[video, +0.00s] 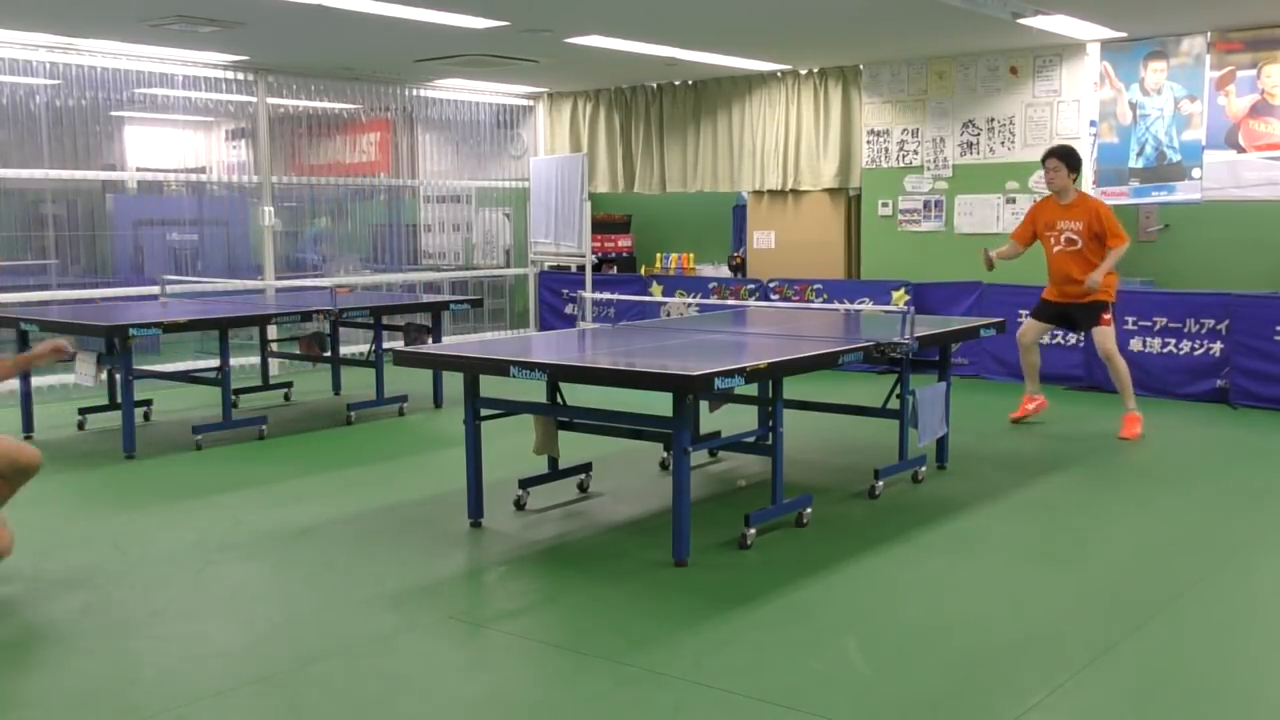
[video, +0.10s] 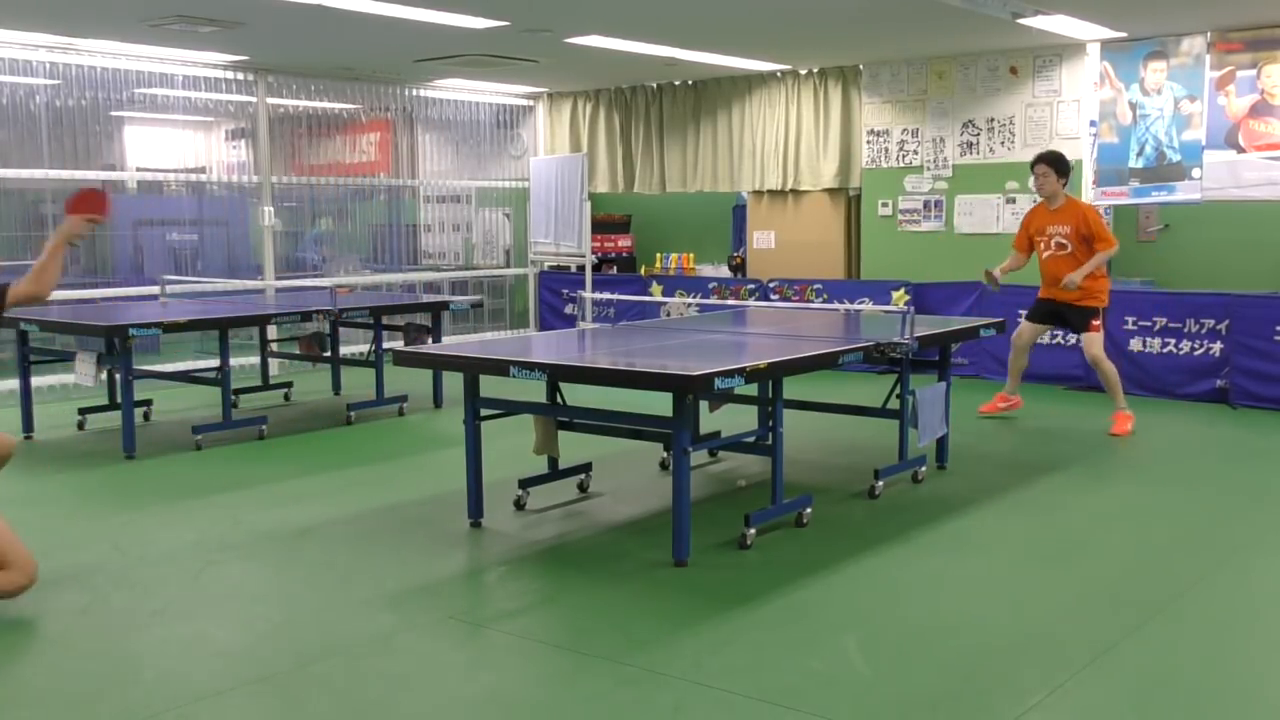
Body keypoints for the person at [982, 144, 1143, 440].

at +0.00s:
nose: (1048, 177)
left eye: (1054, 171)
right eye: (1046, 172)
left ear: (1072, 173)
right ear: (1044, 175)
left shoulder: (1095, 208)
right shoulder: (1040, 209)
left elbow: (1121, 242)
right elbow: (1017, 245)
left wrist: (1101, 271)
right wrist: (996, 255)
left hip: (1094, 295)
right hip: (1057, 295)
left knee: (1107, 350)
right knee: (1026, 338)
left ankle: (1132, 411)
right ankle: (1033, 396)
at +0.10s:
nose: (1038, 182)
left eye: (1044, 176)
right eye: (1035, 177)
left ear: (1062, 178)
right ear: (1033, 180)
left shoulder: (1084, 212)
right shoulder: (1033, 216)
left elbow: (1110, 246)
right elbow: (1021, 255)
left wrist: (1081, 272)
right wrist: (1000, 270)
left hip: (1087, 298)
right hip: (1050, 296)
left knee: (1094, 355)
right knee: (1020, 339)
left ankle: (1122, 410)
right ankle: (1010, 395)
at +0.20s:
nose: (1026, 198)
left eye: (1032, 193)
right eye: (1024, 193)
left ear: (1050, 195)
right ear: (1023, 195)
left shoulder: (1071, 227)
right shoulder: (1031, 232)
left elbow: (1097, 263)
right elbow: (1026, 270)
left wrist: (1072, 292)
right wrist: (1001, 288)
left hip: (1077, 309)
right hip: (1042, 308)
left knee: (1084, 363)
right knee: (1008, 350)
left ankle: (1120, 413)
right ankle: (1008, 402)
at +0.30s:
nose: (1014, 208)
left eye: (1019, 202)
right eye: (1012, 203)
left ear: (1037, 203)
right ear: (1013, 205)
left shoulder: (1059, 233)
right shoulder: (1026, 236)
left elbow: (1092, 268)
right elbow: (1028, 272)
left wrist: (1083, 307)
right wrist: (1002, 288)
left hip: (1071, 314)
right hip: (1038, 312)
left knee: (1079, 363)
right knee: (1001, 350)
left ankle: (1118, 413)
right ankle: (1006, 402)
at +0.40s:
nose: (1011, 209)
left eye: (1015, 203)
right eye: (1009, 204)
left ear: (1033, 204)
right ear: (1010, 205)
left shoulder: (1055, 232)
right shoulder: (1025, 236)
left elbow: (1089, 267)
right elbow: (1030, 269)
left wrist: (1079, 304)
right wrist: (997, 272)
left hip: (1070, 311)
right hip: (1038, 310)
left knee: (1076, 360)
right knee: (1001, 347)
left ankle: (1114, 411)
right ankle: (1007, 401)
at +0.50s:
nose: (1019, 205)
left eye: (1023, 199)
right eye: (1017, 200)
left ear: (1041, 200)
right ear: (1019, 201)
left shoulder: (1062, 229)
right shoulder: (1025, 233)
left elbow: (1091, 265)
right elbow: (1002, 258)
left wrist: (1074, 299)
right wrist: (970, 251)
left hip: (1074, 309)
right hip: (1042, 308)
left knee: (1079, 361)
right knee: (1003, 344)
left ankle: (1115, 413)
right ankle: (1007, 401)